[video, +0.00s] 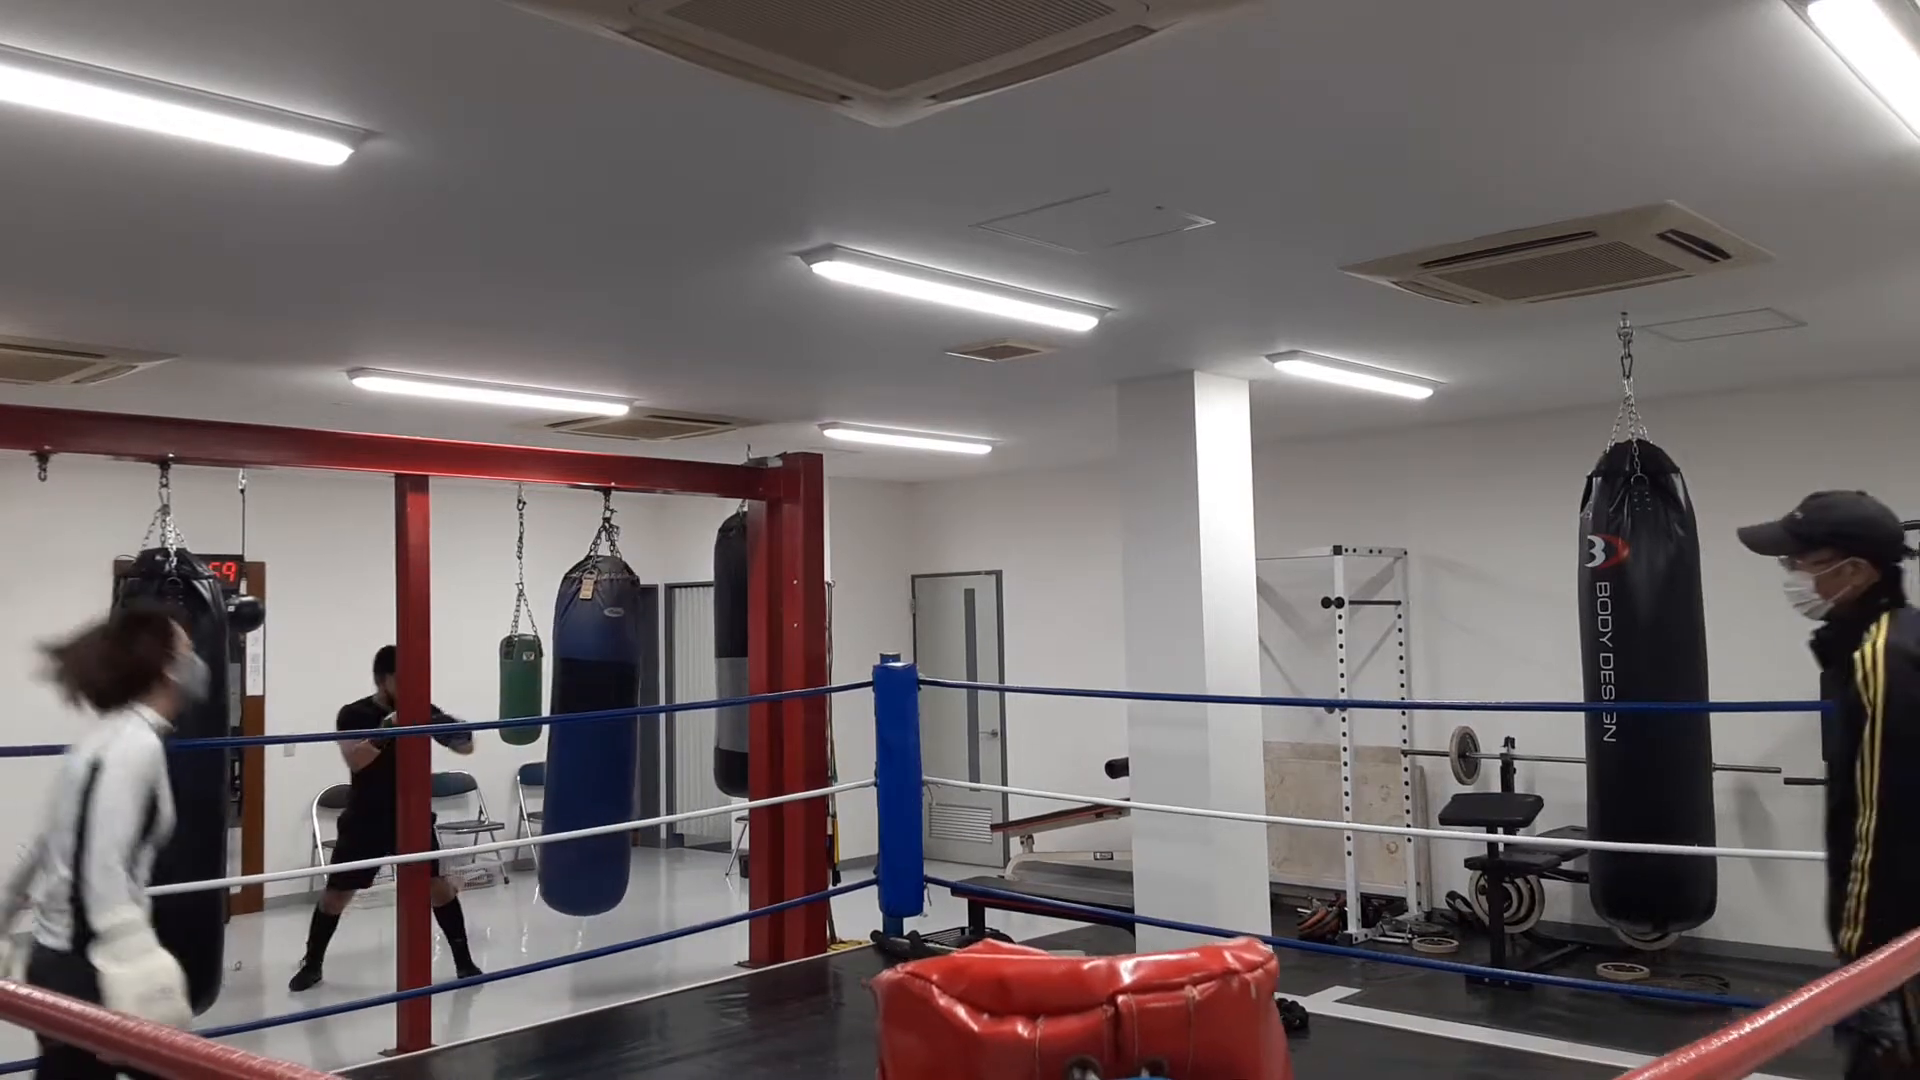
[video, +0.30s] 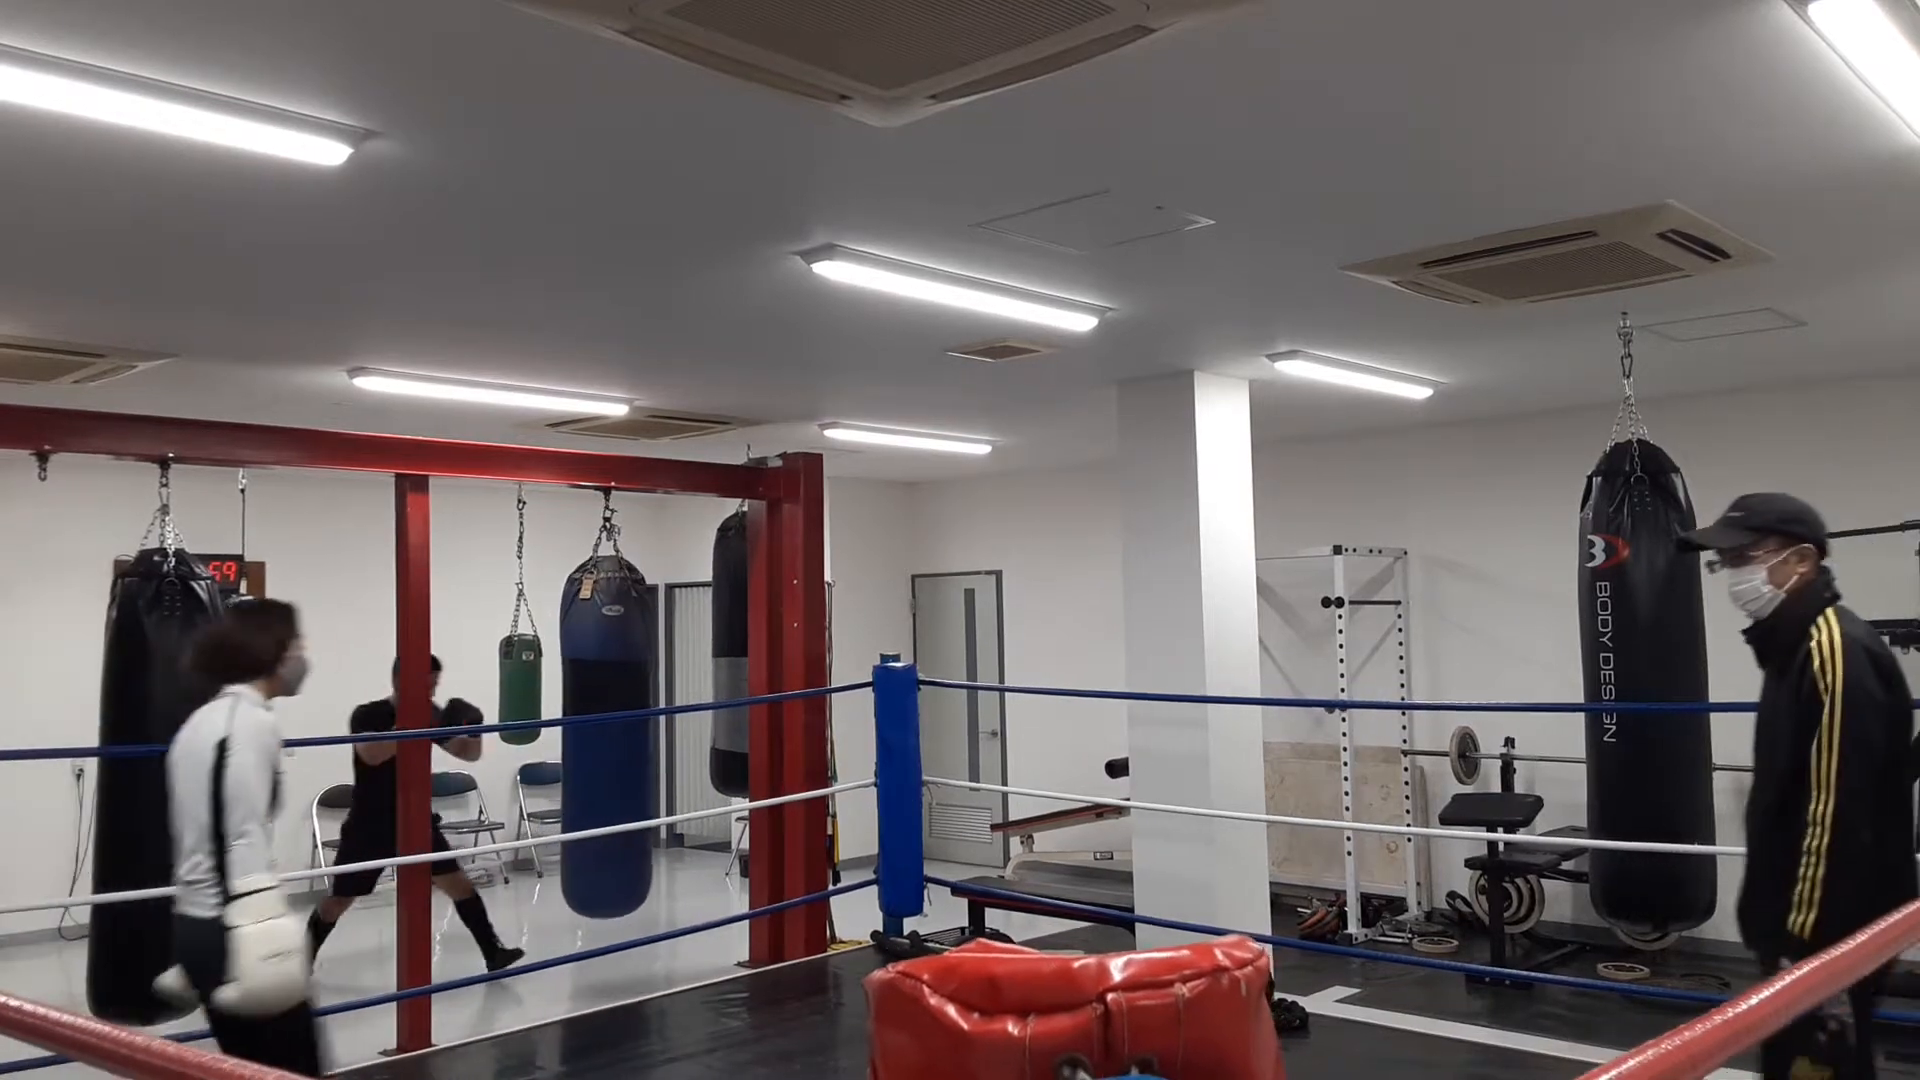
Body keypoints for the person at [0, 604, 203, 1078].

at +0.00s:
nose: (197, 665)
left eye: (191, 650)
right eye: (186, 651)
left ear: (127, 669)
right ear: (164, 668)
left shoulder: (100, 739)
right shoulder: (137, 743)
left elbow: (43, 850)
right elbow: (104, 871)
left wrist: (7, 919)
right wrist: (150, 980)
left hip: (53, 962)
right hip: (94, 969)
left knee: (62, 1069)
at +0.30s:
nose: (306, 656)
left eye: (302, 644)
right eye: (297, 645)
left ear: (244, 651)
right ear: (273, 653)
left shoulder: (195, 727)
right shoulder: (252, 721)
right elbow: (245, 832)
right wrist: (267, 929)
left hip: (198, 928)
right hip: (242, 927)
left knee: (247, 1065)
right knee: (295, 1066)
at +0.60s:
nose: (423, 658)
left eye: (421, 647)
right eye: (416, 647)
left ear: (357, 655)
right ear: (390, 658)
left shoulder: (319, 723)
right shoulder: (383, 726)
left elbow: (311, 830)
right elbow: (381, 833)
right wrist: (415, 916)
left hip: (320, 921)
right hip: (375, 919)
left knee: (301, 1063)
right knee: (447, 1054)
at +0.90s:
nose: (547, 643)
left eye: (544, 632)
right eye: (539, 633)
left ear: (481, 642)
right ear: (517, 644)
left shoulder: (441, 709)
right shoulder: (527, 712)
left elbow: (429, 810)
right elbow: (528, 818)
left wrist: (425, 884)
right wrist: (560, 899)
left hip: (457, 894)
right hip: (510, 893)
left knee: (514, 1006)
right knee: (523, 1022)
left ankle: (458, 1070)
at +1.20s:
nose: (659, 646)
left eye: (654, 636)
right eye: (649, 638)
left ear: (598, 648)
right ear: (626, 650)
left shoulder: (562, 706)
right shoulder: (633, 712)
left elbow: (533, 791)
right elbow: (638, 813)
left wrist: (500, 857)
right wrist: (690, 872)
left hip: (573, 891)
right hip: (609, 893)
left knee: (647, 998)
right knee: (574, 1025)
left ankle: (666, 1074)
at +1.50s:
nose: (768, 637)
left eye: (766, 627)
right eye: (756, 627)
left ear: (731, 637)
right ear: (727, 636)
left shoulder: (710, 694)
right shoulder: (712, 698)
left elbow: (703, 792)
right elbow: (704, 796)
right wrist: (738, 874)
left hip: (702, 862)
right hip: (701, 864)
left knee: (728, 996)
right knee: (742, 1000)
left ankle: (688, 1071)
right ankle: (683, 1072)